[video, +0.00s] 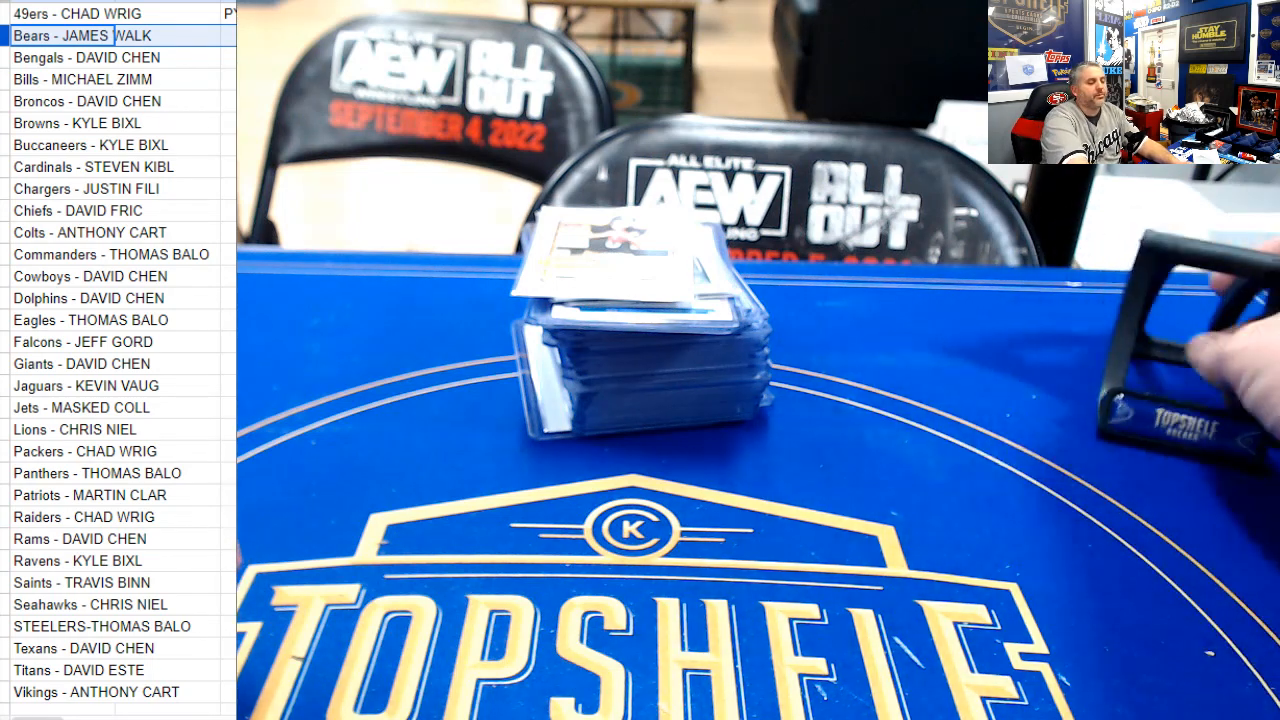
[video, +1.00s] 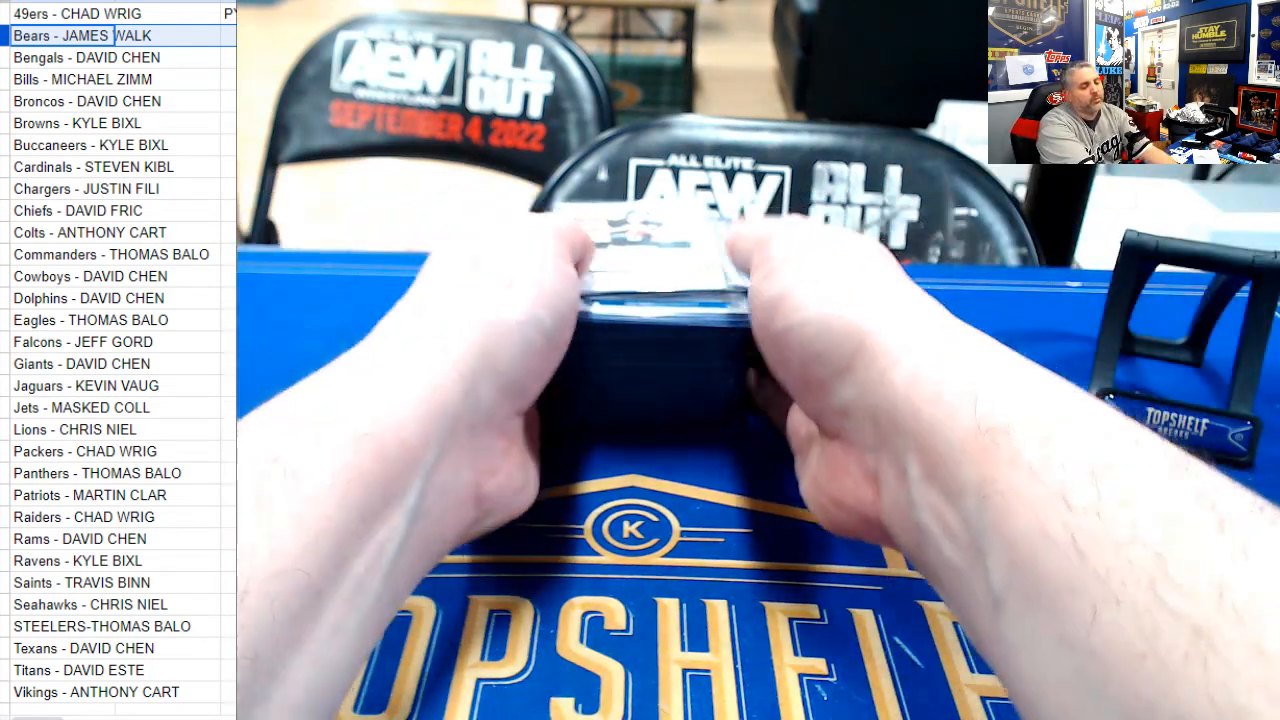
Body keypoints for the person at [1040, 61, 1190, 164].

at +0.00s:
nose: (1100, 87)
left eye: (1103, 81)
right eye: (1091, 82)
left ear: (1106, 85)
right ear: (1075, 90)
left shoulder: (1113, 112)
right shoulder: (1060, 118)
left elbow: (1146, 146)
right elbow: (1077, 166)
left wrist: (1178, 164)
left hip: (1115, 184)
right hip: (1078, 191)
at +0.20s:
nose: (1100, 87)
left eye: (1103, 81)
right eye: (1091, 82)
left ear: (1107, 84)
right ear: (1074, 90)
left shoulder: (1113, 112)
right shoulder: (1058, 119)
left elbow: (1144, 145)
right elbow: (1076, 168)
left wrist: (1177, 164)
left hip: (1117, 185)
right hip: (1079, 192)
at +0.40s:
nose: (1094, 89)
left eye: (1097, 82)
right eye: (1085, 85)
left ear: (1102, 84)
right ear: (1069, 93)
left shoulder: (1111, 111)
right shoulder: (1054, 118)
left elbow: (1145, 144)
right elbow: (1076, 165)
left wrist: (1176, 165)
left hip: (1112, 183)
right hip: (1071, 193)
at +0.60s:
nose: (1091, 89)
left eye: (1093, 81)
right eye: (1081, 85)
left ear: (1098, 83)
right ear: (1065, 93)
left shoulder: (1109, 111)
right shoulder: (1052, 122)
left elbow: (1150, 146)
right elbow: (1083, 172)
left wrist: (1185, 170)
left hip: (1112, 186)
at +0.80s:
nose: (1092, 88)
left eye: (1093, 81)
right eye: (1081, 84)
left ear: (1099, 83)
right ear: (1064, 94)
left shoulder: (1112, 112)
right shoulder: (1053, 125)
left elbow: (1146, 147)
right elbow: (1087, 174)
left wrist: (1182, 171)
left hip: (1115, 184)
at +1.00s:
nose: (1095, 90)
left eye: (1097, 82)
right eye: (1085, 86)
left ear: (1102, 84)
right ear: (1067, 95)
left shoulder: (1115, 114)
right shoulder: (1054, 125)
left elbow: (1148, 151)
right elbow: (1088, 174)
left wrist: (1183, 172)